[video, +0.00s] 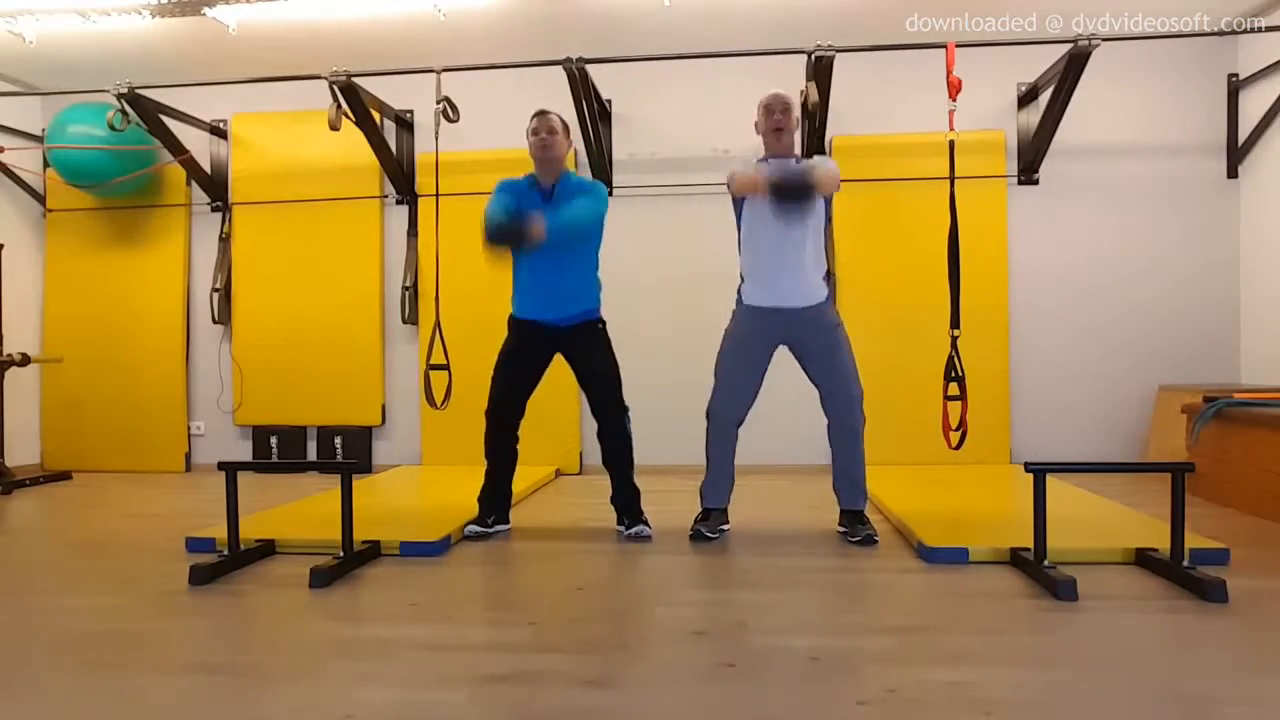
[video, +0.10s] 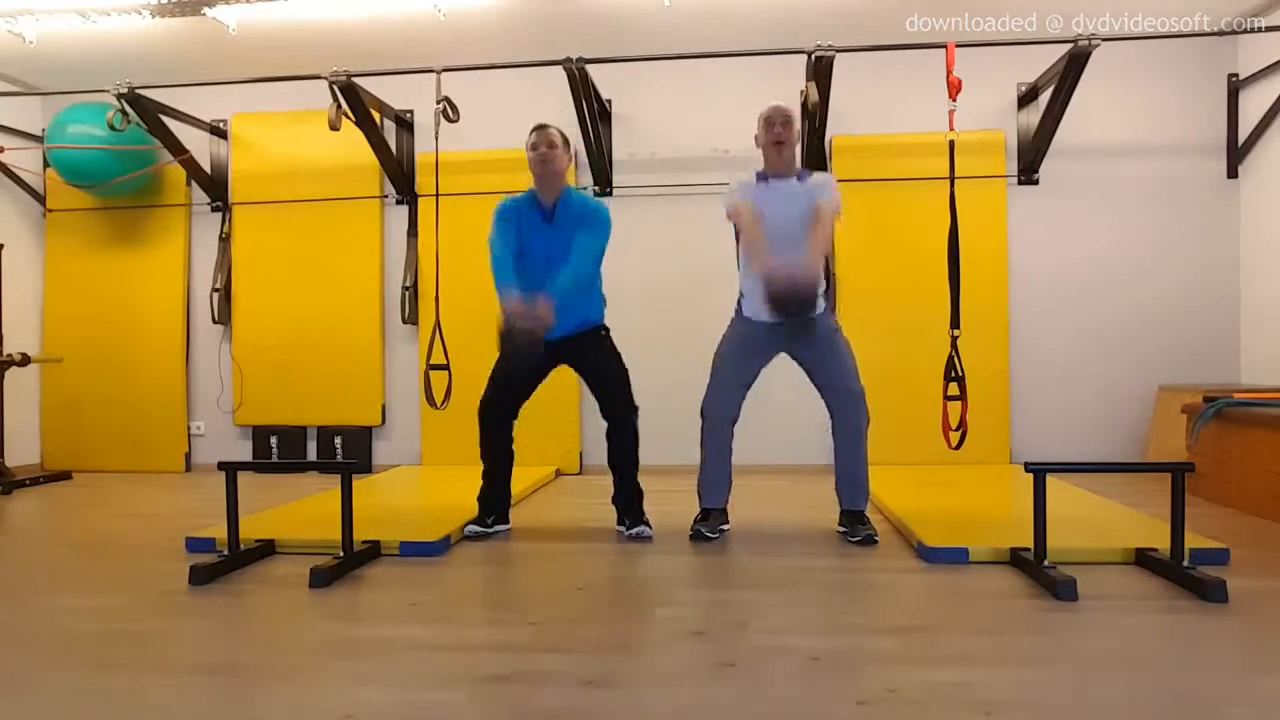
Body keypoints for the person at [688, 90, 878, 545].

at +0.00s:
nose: (779, 117)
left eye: (785, 111)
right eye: (770, 111)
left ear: (797, 122)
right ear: (758, 125)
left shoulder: (820, 166)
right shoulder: (745, 172)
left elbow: (828, 180)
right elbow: (740, 183)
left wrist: (800, 179)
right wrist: (777, 182)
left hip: (814, 313)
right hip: (755, 315)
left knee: (847, 407)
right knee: (723, 411)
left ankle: (852, 512)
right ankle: (714, 509)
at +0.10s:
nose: (779, 128)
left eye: (786, 123)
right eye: (771, 123)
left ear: (798, 136)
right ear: (758, 138)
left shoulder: (822, 184)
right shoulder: (741, 192)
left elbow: (823, 229)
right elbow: (751, 232)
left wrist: (811, 272)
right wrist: (770, 273)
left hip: (813, 323)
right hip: (754, 324)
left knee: (851, 409)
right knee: (716, 410)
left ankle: (853, 512)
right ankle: (713, 510)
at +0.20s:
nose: (783, 152)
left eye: (790, 146)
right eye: (774, 146)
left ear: (802, 159)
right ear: (760, 161)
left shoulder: (825, 214)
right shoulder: (743, 220)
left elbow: (822, 287)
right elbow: (751, 291)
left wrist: (810, 345)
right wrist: (769, 348)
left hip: (814, 331)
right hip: (754, 331)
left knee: (854, 405)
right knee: (712, 406)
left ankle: (854, 511)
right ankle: (712, 510)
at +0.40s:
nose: (789, 216)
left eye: (798, 209)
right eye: (780, 210)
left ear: (810, 217)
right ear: (766, 219)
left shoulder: (834, 267)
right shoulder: (743, 271)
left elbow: (823, 336)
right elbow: (750, 339)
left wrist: (804, 391)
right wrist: (763, 390)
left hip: (812, 347)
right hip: (752, 347)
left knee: (858, 401)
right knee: (709, 403)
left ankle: (854, 511)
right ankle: (712, 510)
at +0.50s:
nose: (791, 226)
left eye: (800, 219)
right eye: (781, 219)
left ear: (811, 225)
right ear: (766, 226)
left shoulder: (836, 272)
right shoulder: (742, 276)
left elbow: (821, 337)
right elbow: (750, 339)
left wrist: (801, 387)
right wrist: (764, 387)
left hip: (812, 346)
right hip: (753, 345)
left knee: (856, 399)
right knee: (710, 402)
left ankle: (854, 511)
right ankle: (712, 509)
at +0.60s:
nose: (786, 196)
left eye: (793, 189)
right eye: (776, 190)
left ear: (806, 199)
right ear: (762, 201)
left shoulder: (831, 249)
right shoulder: (741, 254)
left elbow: (821, 318)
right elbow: (748, 323)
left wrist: (802, 372)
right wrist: (762, 373)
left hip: (813, 337)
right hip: (752, 338)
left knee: (854, 397)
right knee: (713, 402)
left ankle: (853, 510)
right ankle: (713, 509)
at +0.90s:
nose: (773, 120)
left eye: (778, 115)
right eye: (765, 115)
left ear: (789, 126)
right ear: (752, 129)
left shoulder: (814, 162)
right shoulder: (737, 172)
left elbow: (816, 186)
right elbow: (743, 191)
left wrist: (802, 210)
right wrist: (765, 211)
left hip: (810, 304)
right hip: (753, 306)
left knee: (835, 407)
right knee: (732, 407)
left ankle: (852, 512)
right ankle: (714, 510)